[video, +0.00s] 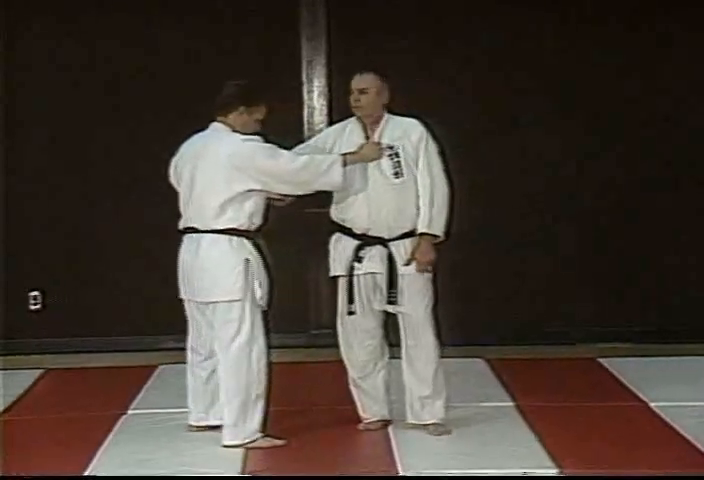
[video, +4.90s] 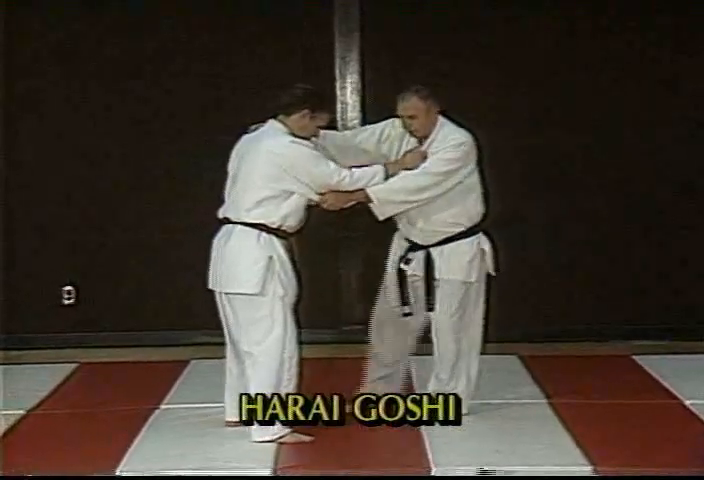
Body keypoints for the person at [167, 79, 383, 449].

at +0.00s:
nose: (260, 125)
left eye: (261, 118)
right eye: (257, 117)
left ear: (226, 113)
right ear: (238, 113)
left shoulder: (191, 146)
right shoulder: (243, 149)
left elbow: (176, 177)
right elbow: (295, 168)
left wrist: (255, 189)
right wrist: (355, 157)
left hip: (192, 251)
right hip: (229, 254)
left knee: (201, 342)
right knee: (240, 345)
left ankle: (203, 414)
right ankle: (241, 431)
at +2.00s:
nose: (261, 118)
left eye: (261, 110)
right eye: (257, 111)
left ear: (227, 114)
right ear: (237, 113)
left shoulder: (195, 146)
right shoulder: (242, 150)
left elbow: (179, 176)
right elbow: (296, 169)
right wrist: (359, 161)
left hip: (195, 251)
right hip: (229, 256)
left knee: (208, 344)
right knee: (242, 346)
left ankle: (207, 416)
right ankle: (239, 431)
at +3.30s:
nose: (277, 124)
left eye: (278, 117)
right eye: (275, 116)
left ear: (240, 113)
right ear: (259, 113)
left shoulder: (207, 144)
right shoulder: (255, 151)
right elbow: (311, 169)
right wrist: (365, 155)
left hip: (202, 248)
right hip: (236, 252)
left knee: (213, 341)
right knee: (247, 342)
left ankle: (212, 412)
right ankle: (242, 429)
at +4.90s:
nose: (319, 132)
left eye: (322, 126)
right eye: (317, 124)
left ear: (291, 114)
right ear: (302, 115)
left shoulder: (251, 139)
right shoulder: (288, 150)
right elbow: (339, 181)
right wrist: (395, 167)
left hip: (228, 245)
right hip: (257, 252)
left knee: (241, 338)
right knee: (271, 341)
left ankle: (238, 411)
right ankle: (269, 425)